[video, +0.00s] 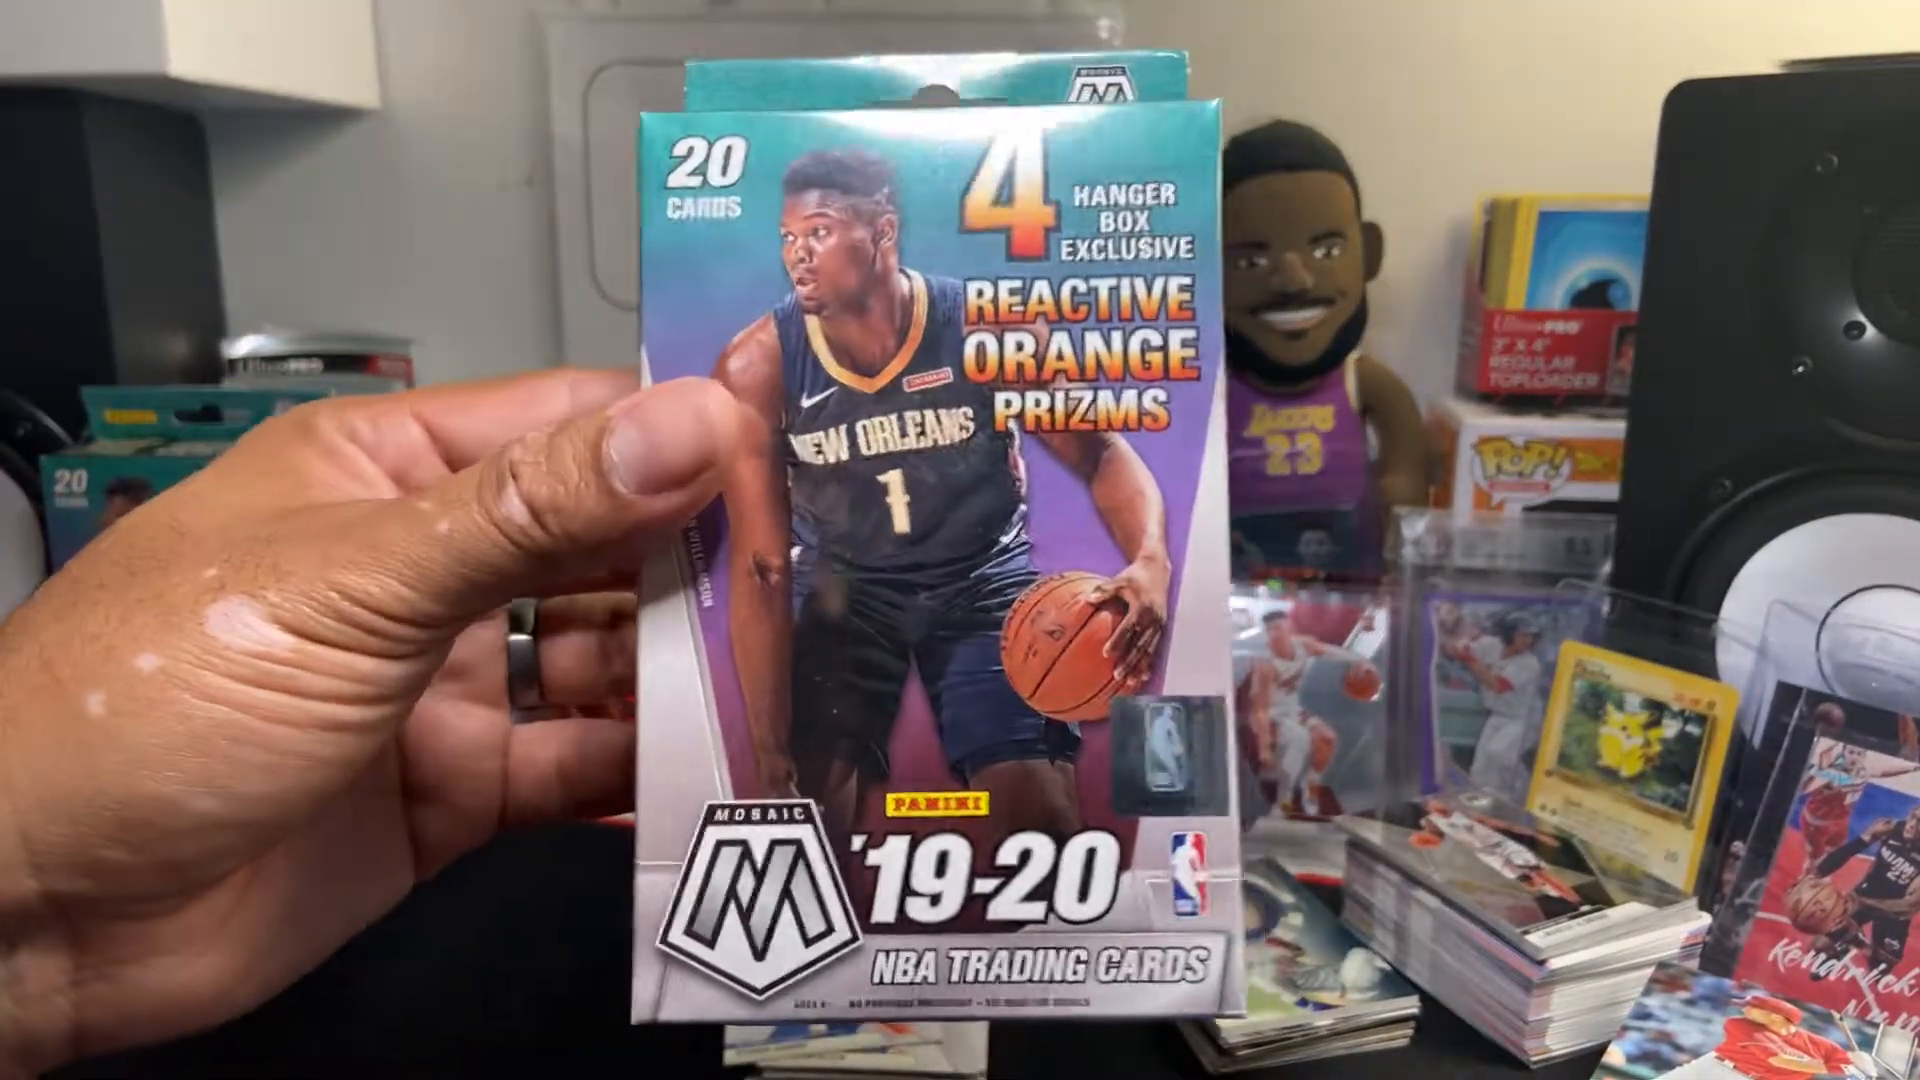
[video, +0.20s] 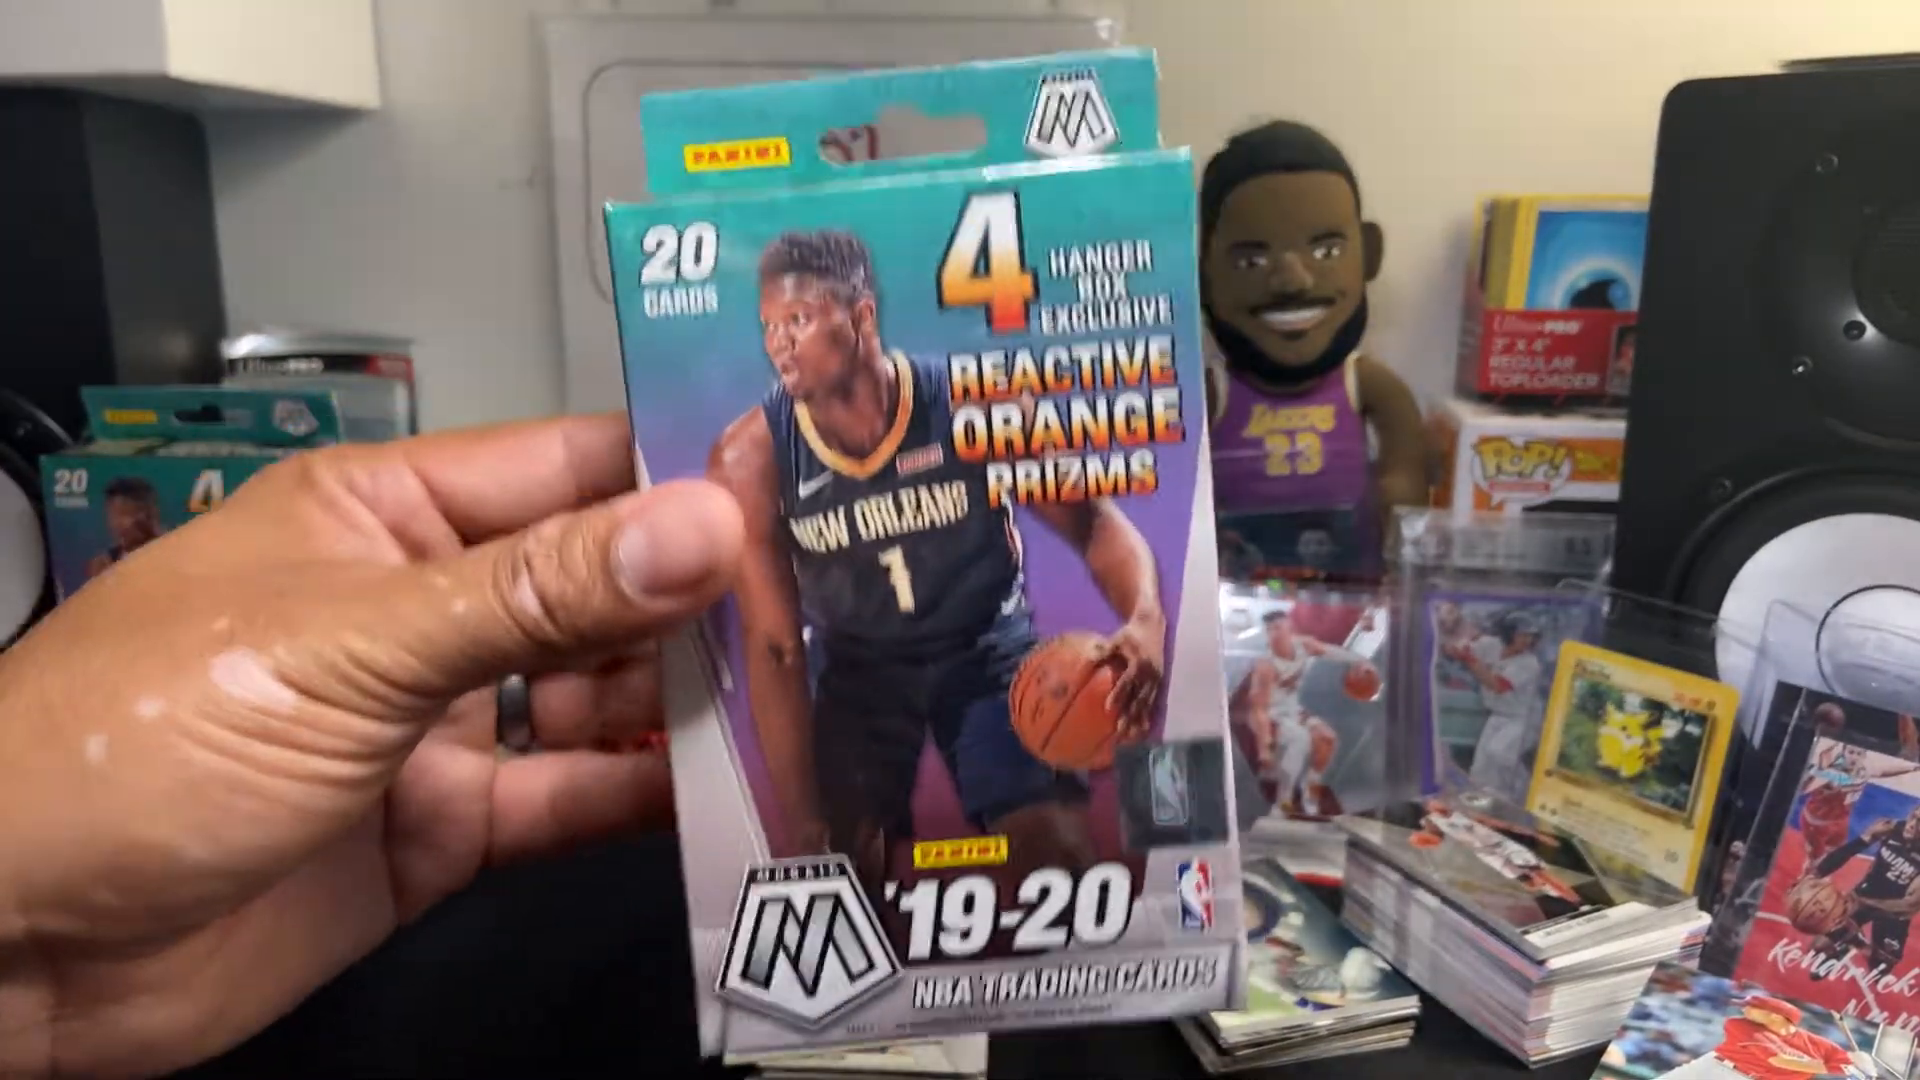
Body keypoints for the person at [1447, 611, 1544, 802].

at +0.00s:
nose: (1528, 641)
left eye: (1531, 636)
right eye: (1523, 635)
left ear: (1534, 639)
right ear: (1511, 634)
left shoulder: (1530, 664)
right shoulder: (1492, 646)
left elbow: (1500, 685)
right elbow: (1461, 651)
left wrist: (1472, 662)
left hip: (1520, 720)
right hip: (1497, 716)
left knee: (1498, 752)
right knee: (1483, 752)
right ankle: (1478, 794)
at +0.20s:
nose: (1528, 641)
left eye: (1531, 636)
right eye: (1523, 635)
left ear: (1534, 639)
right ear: (1511, 635)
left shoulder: (1529, 663)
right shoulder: (1491, 646)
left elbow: (1500, 685)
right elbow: (1460, 650)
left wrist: (1473, 662)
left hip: (1519, 721)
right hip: (1497, 717)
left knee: (1498, 752)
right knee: (1483, 752)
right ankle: (1477, 792)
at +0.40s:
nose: (1528, 641)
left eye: (1531, 636)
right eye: (1523, 635)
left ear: (1534, 639)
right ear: (1511, 634)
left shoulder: (1529, 663)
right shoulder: (1492, 645)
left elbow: (1500, 685)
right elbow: (1461, 651)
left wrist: (1473, 663)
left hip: (1520, 721)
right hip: (1497, 717)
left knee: (1498, 752)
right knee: (1482, 755)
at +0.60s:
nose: (1528, 641)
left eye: (1531, 637)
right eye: (1524, 635)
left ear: (1534, 639)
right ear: (1512, 634)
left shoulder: (1529, 663)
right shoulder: (1492, 646)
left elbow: (1500, 685)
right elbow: (1459, 651)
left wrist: (1473, 662)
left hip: (1519, 721)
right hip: (1496, 717)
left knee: (1497, 751)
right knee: (1482, 755)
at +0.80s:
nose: (1530, 641)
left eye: (1533, 636)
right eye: (1525, 635)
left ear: (1535, 639)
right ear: (1513, 635)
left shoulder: (1531, 664)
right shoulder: (1493, 646)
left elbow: (1502, 685)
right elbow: (1461, 651)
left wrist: (1475, 662)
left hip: (1521, 722)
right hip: (1498, 718)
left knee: (1499, 752)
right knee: (1483, 755)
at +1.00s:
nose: (1531, 642)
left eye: (1533, 637)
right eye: (1527, 637)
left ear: (1535, 641)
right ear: (1516, 638)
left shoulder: (1534, 664)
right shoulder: (1503, 656)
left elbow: (1504, 685)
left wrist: (1480, 668)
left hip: (1525, 723)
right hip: (1502, 720)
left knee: (1504, 755)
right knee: (1489, 755)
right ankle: (1484, 798)